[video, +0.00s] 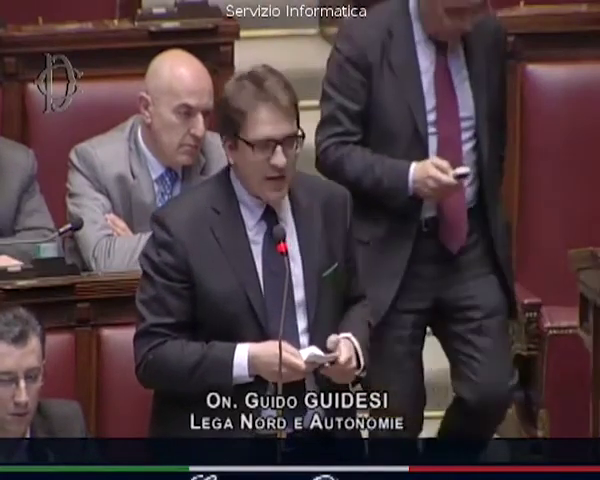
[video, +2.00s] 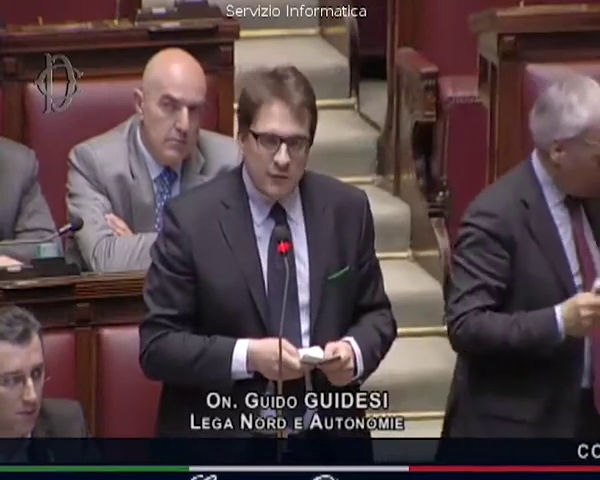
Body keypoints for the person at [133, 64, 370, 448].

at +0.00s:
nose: (280, 159)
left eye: (290, 142)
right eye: (264, 145)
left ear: (301, 136)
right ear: (230, 146)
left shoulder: (331, 204)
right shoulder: (179, 224)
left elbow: (358, 301)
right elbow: (153, 357)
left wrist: (351, 340)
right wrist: (247, 360)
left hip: (322, 441)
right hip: (220, 447)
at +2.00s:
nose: (282, 158)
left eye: (296, 143)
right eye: (268, 141)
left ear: (311, 142)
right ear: (241, 138)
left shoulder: (348, 208)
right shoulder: (189, 217)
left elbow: (377, 315)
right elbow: (157, 346)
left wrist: (354, 352)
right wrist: (246, 355)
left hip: (328, 437)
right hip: (220, 439)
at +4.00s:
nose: (295, 203)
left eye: (306, 187)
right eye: (282, 190)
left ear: (315, 165)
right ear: (244, 170)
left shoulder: (338, 207)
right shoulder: (183, 223)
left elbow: (366, 310)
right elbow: (158, 355)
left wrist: (357, 343)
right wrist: (246, 358)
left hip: (323, 441)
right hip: (219, 446)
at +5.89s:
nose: (295, 209)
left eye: (309, 193)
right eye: (283, 195)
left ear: (321, 170)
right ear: (247, 169)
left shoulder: (340, 208)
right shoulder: (186, 223)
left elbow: (365, 309)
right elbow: (161, 355)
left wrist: (358, 345)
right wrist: (250, 357)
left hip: (324, 439)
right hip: (220, 440)